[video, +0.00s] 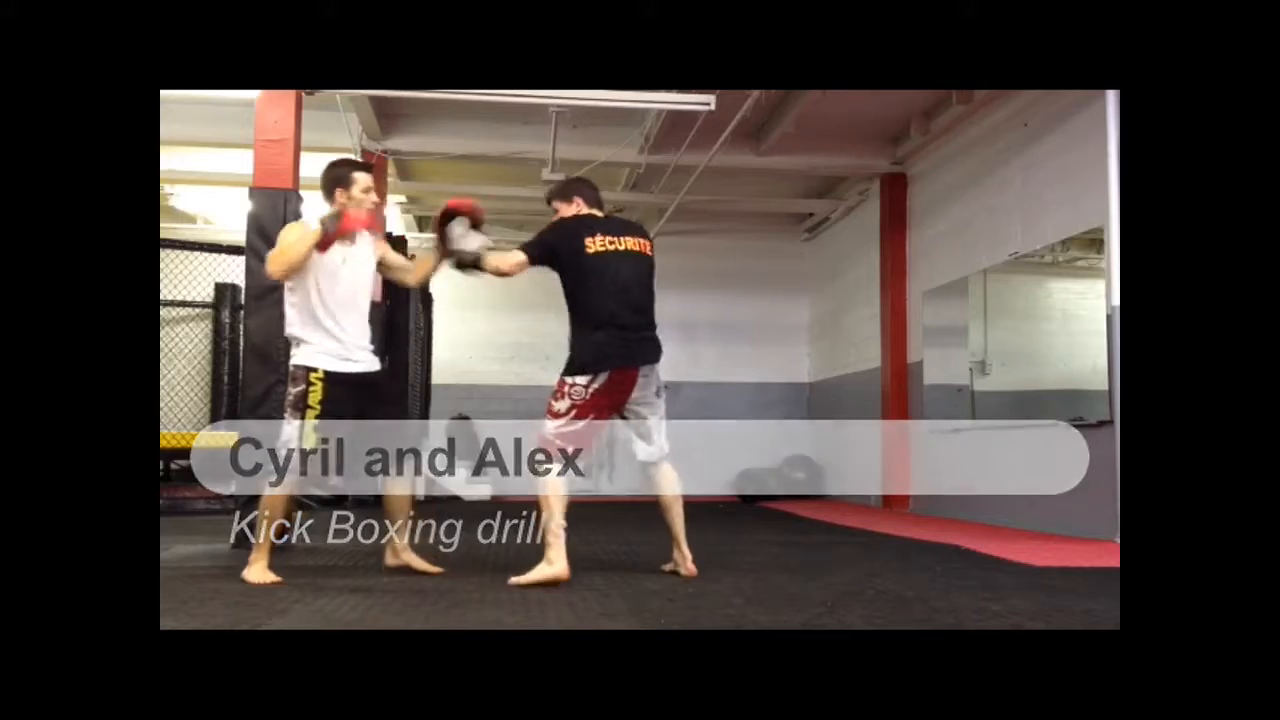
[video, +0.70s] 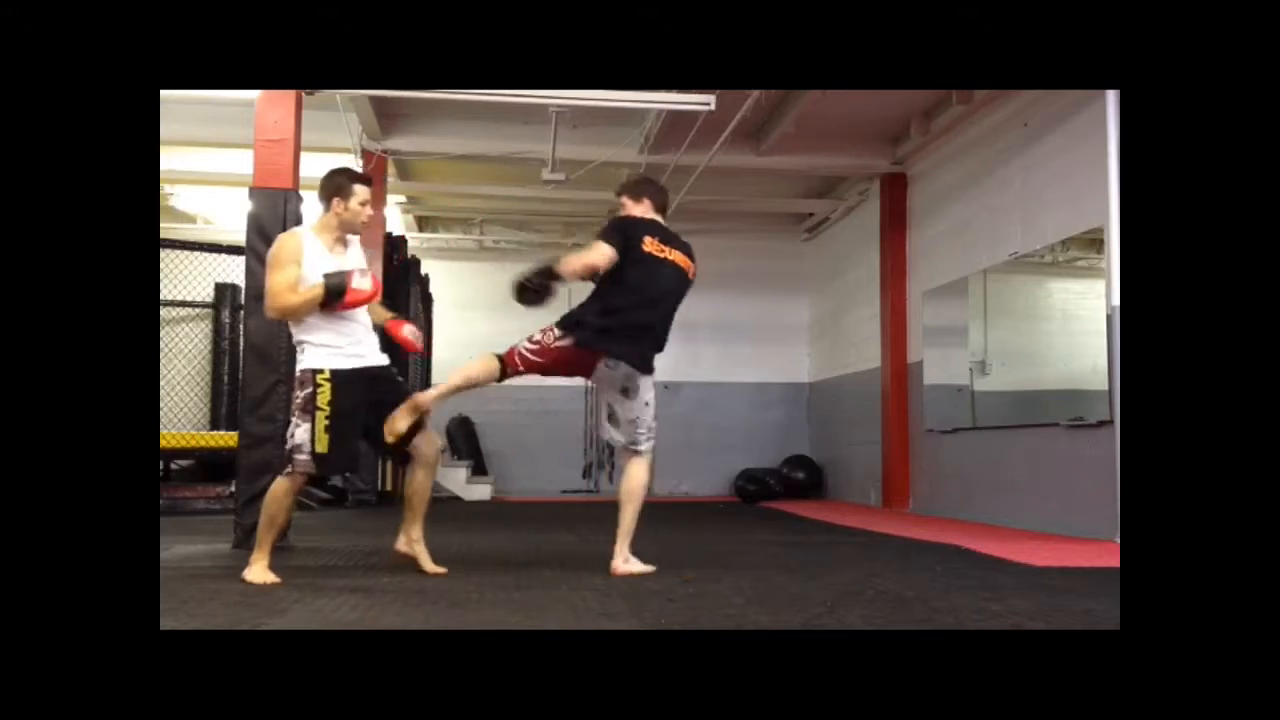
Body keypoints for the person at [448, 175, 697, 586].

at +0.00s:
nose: (555, 216)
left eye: (556, 209)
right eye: (554, 210)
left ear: (577, 203)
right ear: (593, 203)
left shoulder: (565, 230)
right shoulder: (637, 232)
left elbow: (507, 265)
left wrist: (472, 253)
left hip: (595, 358)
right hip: (645, 356)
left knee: (549, 452)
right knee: (657, 456)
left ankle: (555, 558)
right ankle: (683, 555)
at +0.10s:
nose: (544, 215)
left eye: (546, 204)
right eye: (542, 206)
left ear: (569, 198)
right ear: (582, 200)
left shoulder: (571, 227)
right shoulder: (622, 230)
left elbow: (564, 276)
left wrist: (527, 274)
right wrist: (554, 252)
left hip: (598, 360)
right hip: (638, 358)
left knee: (555, 452)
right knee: (646, 457)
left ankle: (556, 564)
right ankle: (683, 555)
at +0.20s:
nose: (536, 212)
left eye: (539, 202)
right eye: (535, 203)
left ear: (563, 195)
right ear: (559, 197)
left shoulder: (602, 228)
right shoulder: (568, 238)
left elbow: (610, 286)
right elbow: (530, 265)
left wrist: (559, 269)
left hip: (610, 364)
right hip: (613, 363)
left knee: (560, 452)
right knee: (627, 461)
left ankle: (557, 564)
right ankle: (680, 554)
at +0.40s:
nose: (550, 200)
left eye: (553, 191)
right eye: (550, 192)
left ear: (574, 189)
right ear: (582, 190)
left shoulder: (594, 230)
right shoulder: (610, 228)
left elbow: (564, 285)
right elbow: (569, 283)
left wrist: (539, 253)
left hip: (597, 360)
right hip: (623, 359)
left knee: (565, 453)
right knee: (599, 453)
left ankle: (557, 562)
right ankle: (635, 549)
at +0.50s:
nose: (578, 198)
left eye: (581, 191)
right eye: (579, 191)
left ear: (598, 188)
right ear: (619, 190)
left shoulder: (587, 219)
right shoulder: (652, 234)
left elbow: (535, 238)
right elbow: (620, 270)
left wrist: (500, 236)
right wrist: (572, 253)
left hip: (583, 352)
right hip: (632, 357)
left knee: (525, 426)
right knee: (607, 451)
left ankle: (527, 521)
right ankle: (616, 551)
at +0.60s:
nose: (603, 205)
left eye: (605, 198)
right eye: (604, 199)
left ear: (624, 194)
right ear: (643, 199)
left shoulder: (609, 220)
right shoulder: (673, 244)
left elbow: (549, 240)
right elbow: (641, 280)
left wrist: (504, 244)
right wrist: (596, 265)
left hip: (587, 339)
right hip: (635, 357)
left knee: (501, 379)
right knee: (621, 456)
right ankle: (619, 554)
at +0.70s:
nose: (620, 212)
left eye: (622, 206)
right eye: (620, 206)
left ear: (641, 204)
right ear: (661, 209)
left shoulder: (628, 225)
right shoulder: (686, 256)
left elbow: (596, 261)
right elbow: (647, 289)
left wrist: (550, 271)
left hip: (583, 339)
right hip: (631, 365)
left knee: (505, 362)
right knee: (638, 455)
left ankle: (427, 398)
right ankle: (622, 554)